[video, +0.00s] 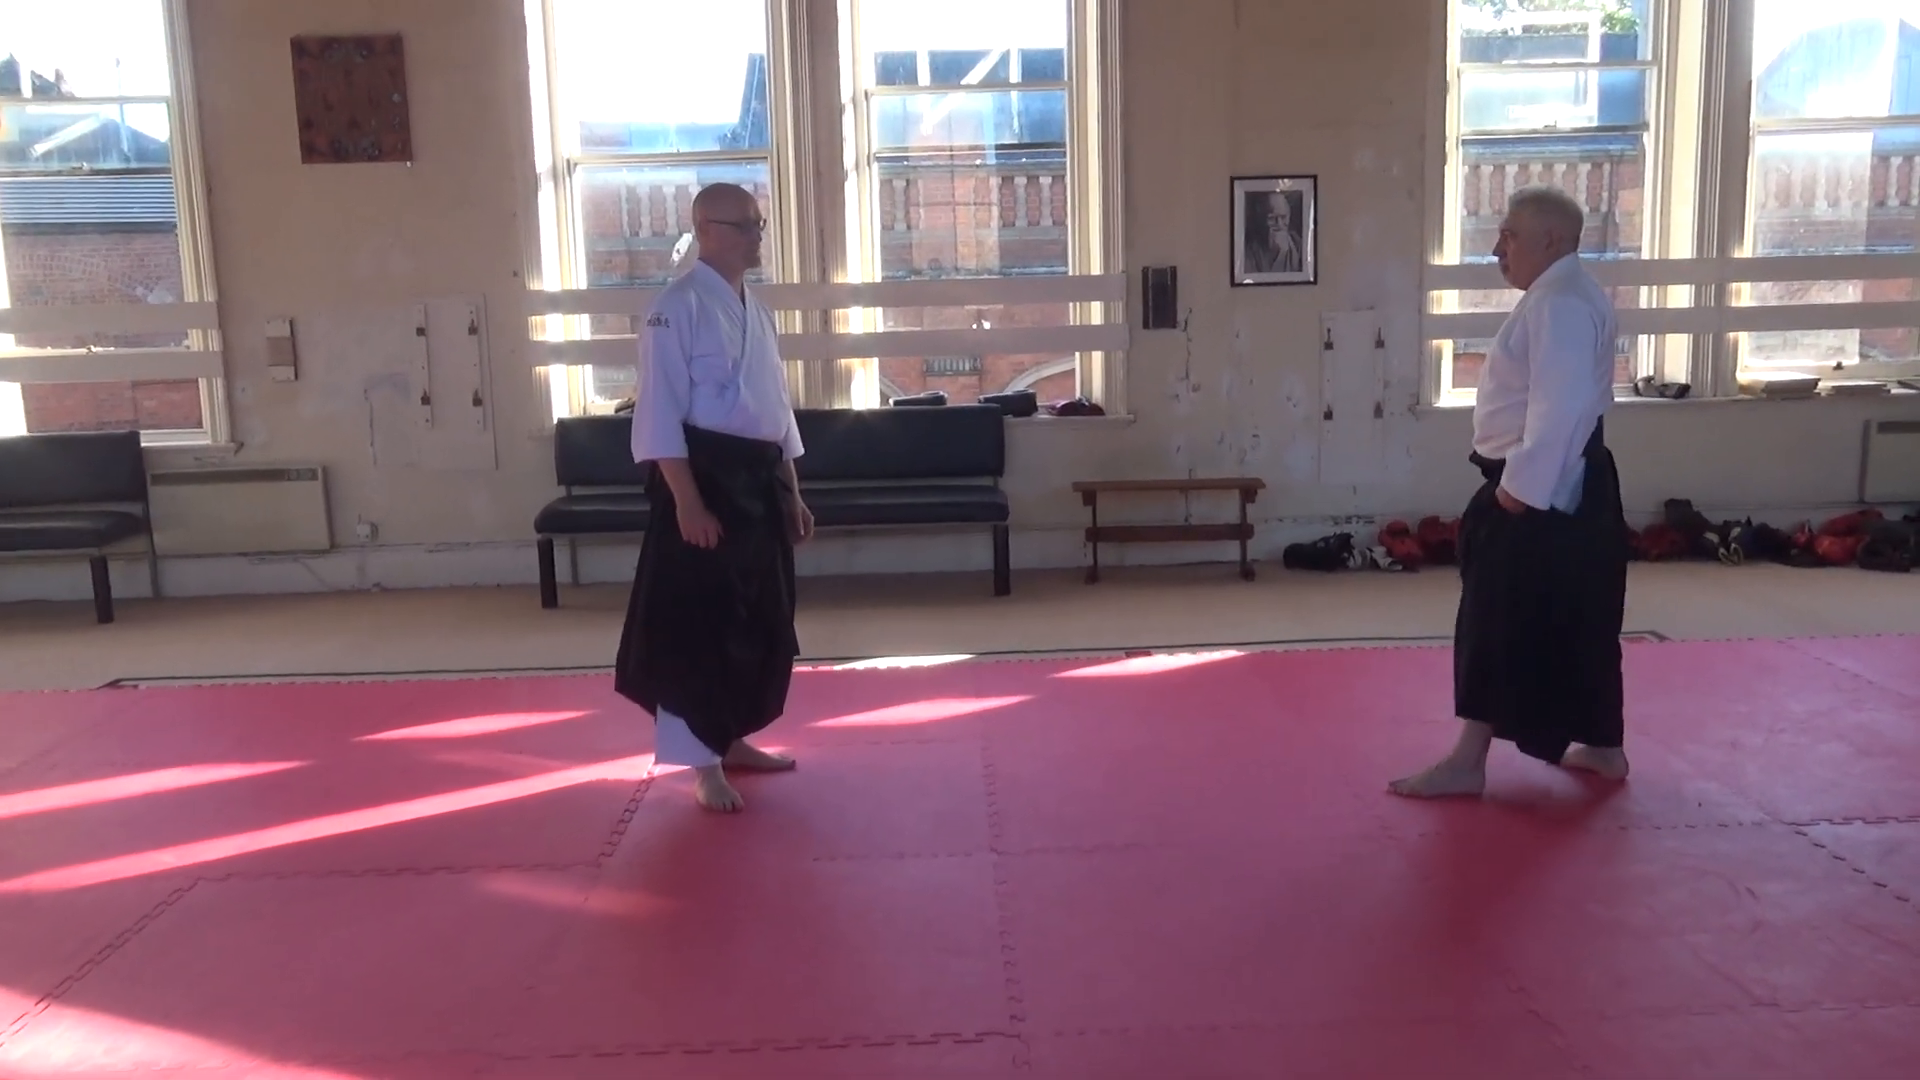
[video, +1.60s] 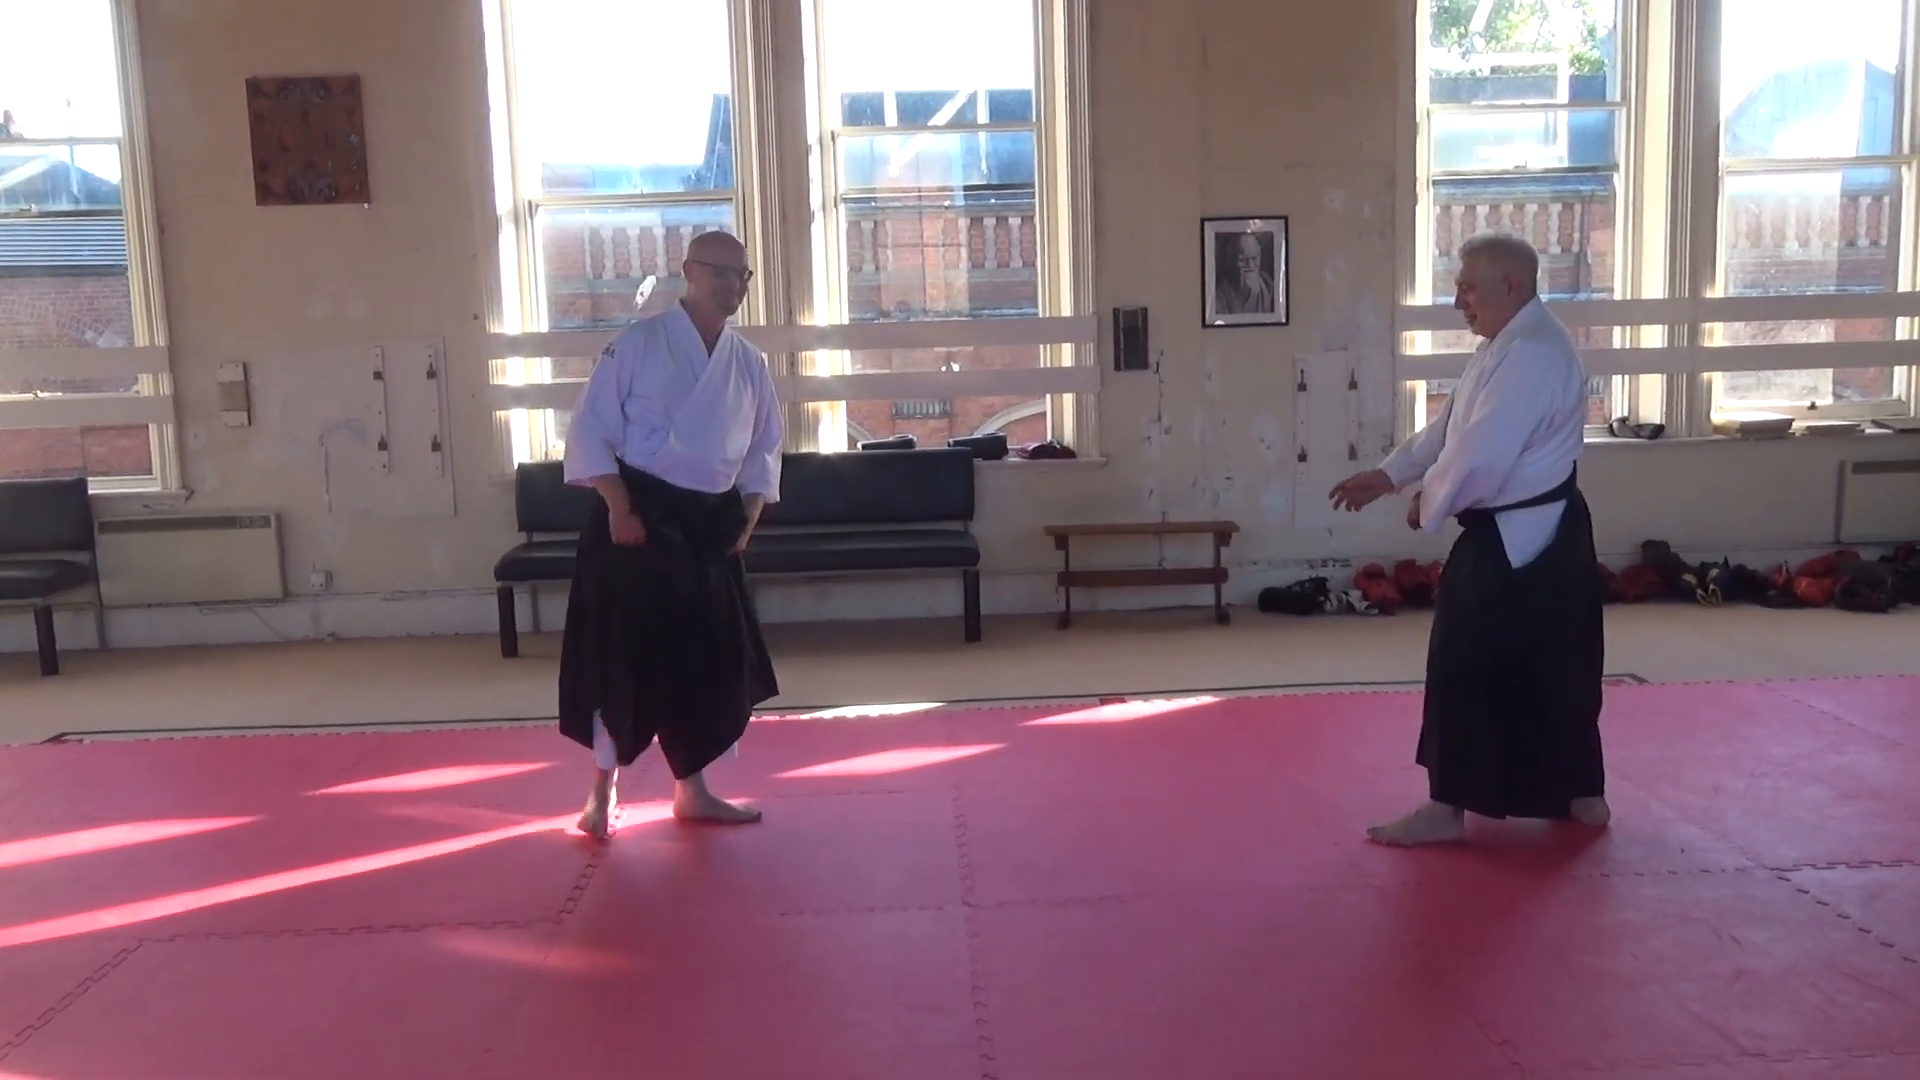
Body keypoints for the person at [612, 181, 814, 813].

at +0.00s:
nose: (757, 235)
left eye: (758, 225)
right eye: (743, 225)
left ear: (751, 231)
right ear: (704, 228)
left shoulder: (755, 307)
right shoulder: (676, 302)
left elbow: (775, 402)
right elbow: (658, 410)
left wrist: (791, 487)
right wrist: (686, 499)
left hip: (758, 472)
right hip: (699, 474)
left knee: (752, 608)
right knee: (698, 615)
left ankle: (731, 739)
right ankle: (704, 761)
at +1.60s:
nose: (737, 284)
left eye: (743, 274)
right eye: (724, 272)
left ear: (747, 281)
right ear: (690, 272)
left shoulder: (750, 363)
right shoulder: (638, 342)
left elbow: (764, 447)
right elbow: (589, 428)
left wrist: (747, 516)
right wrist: (617, 502)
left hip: (710, 520)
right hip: (637, 511)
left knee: (704, 654)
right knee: (625, 651)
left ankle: (692, 791)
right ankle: (602, 790)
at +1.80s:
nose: (697, 245)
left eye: (702, 234)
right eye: (683, 232)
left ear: (699, 241)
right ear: (639, 232)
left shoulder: (703, 335)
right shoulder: (575, 313)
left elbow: (721, 431)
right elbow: (526, 421)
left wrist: (700, 508)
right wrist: (576, 501)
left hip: (656, 517)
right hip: (568, 509)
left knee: (649, 673)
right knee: (550, 665)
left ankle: (651, 830)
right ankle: (503, 804)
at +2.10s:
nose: (587, 206)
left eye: (589, 193)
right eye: (569, 190)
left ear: (579, 204)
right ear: (517, 195)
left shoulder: (596, 303)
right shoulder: (453, 294)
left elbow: (633, 419)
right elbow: (411, 428)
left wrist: (614, 516)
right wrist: (469, 522)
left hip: (565, 526)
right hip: (458, 523)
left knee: (608, 691)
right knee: (449, 695)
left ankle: (615, 871)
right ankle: (415, 845)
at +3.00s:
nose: (604, 255)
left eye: (602, 242)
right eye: (580, 240)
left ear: (600, 253)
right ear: (544, 248)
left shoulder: (634, 336)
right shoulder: (504, 341)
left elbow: (697, 415)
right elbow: (457, 445)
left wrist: (745, 498)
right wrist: (503, 536)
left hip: (625, 536)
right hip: (534, 537)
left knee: (656, 683)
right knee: (522, 683)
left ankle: (664, 837)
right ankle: (510, 812)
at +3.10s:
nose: (640, 266)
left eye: (641, 254)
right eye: (627, 254)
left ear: (633, 259)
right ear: (581, 257)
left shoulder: (668, 337)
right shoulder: (534, 343)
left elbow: (747, 383)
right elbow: (456, 428)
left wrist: (817, 432)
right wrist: (512, 446)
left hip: (653, 531)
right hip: (566, 531)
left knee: (669, 680)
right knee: (554, 680)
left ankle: (673, 832)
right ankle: (516, 797)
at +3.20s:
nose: (658, 266)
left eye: (658, 254)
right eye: (644, 255)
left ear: (650, 259)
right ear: (595, 259)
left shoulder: (688, 332)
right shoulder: (553, 337)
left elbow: (773, 338)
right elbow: (464, 372)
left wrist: (861, 347)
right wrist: (523, 347)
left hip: (676, 532)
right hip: (588, 532)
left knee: (686, 684)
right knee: (555, 682)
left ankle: (676, 830)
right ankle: (514, 805)